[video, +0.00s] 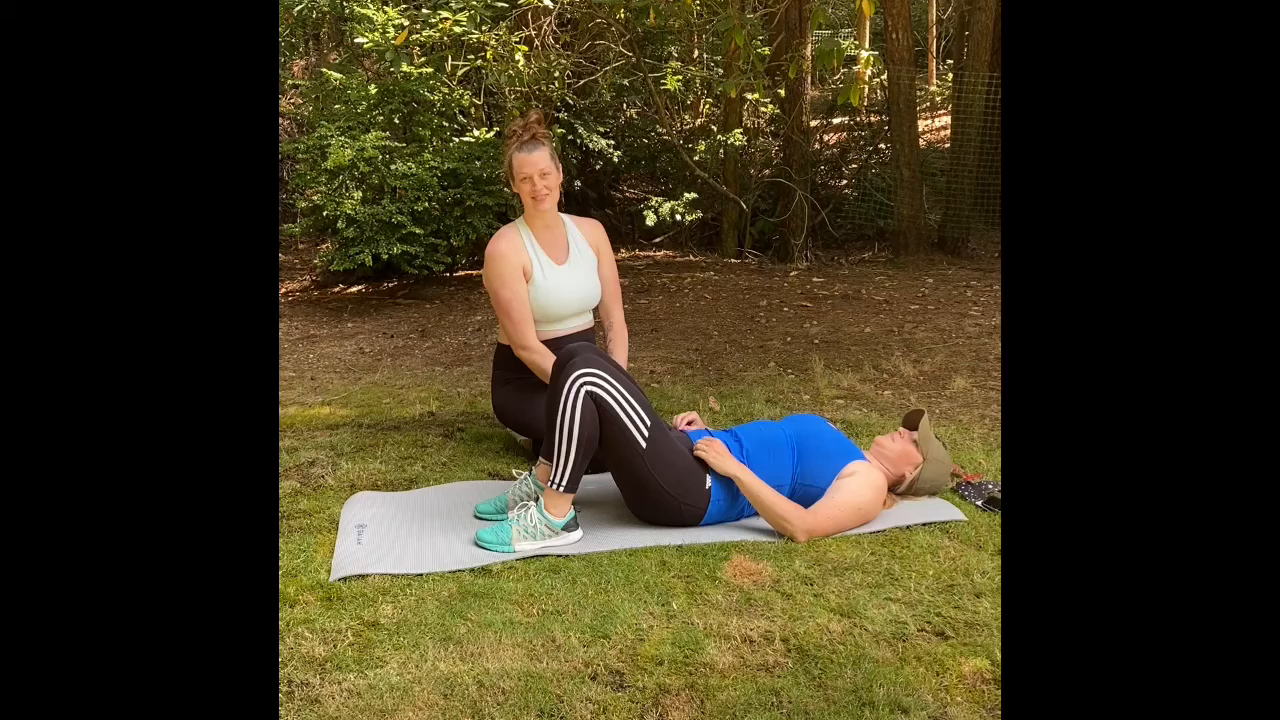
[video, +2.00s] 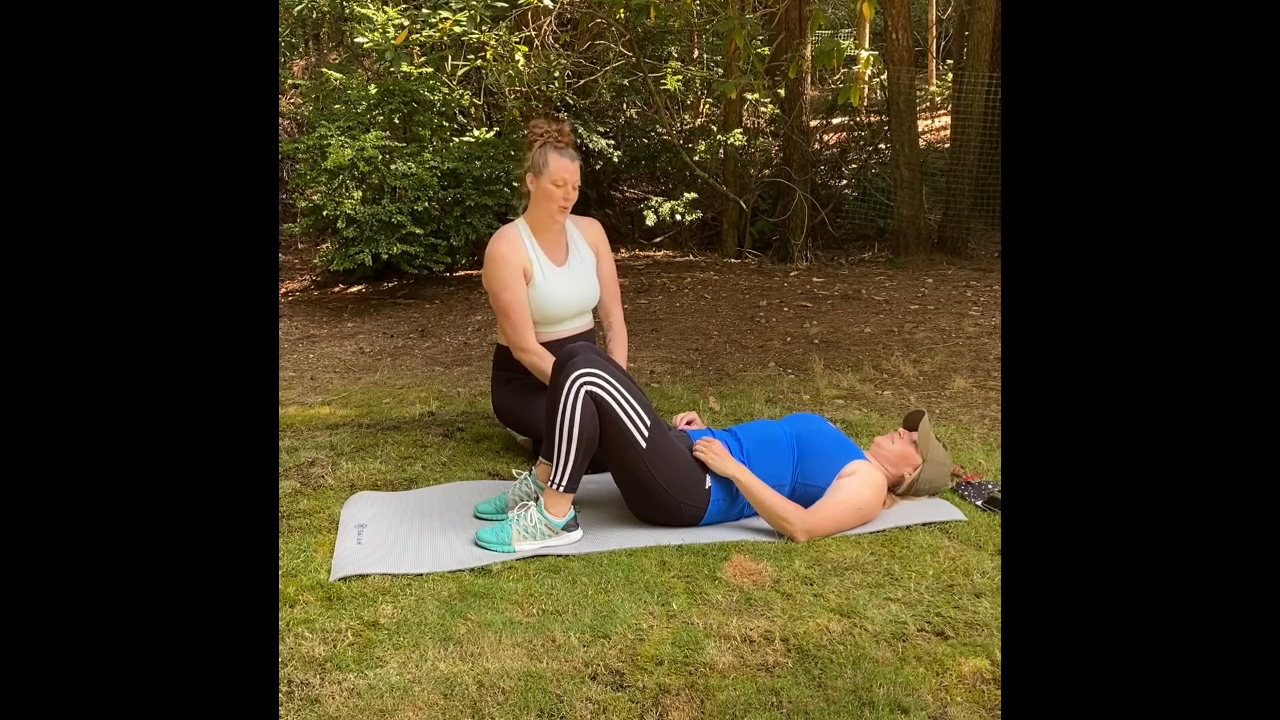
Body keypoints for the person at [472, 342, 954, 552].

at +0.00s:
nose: (897, 433)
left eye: (908, 439)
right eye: (906, 431)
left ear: (907, 470)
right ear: (895, 445)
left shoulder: (867, 483)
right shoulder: (843, 453)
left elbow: (806, 526)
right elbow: (760, 468)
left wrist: (732, 469)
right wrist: (705, 431)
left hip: (693, 490)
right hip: (681, 466)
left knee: (590, 373)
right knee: (579, 355)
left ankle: (554, 512)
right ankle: (543, 485)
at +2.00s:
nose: (897, 433)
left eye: (908, 440)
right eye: (906, 431)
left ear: (907, 471)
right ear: (896, 446)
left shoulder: (867, 483)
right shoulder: (843, 452)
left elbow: (805, 527)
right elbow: (761, 469)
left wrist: (731, 468)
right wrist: (705, 431)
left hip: (693, 489)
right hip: (682, 464)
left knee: (589, 371)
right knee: (580, 356)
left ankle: (554, 511)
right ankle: (542, 485)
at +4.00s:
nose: (897, 433)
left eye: (908, 440)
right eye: (905, 430)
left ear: (908, 471)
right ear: (895, 444)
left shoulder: (870, 483)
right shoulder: (842, 452)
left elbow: (808, 525)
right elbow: (758, 463)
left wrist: (766, 440)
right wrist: (728, 411)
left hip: (694, 484)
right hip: (680, 459)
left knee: (589, 373)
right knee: (578, 358)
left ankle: (555, 511)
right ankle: (542, 485)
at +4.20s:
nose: (899, 432)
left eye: (909, 439)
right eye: (907, 429)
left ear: (909, 470)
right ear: (897, 445)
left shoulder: (869, 482)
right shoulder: (846, 452)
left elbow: (808, 525)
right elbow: (763, 464)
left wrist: (729, 461)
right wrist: (703, 423)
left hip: (696, 479)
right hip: (686, 450)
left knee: (586, 372)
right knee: (577, 358)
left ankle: (555, 510)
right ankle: (543, 484)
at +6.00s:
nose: (897, 431)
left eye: (908, 438)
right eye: (906, 429)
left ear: (908, 468)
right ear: (898, 445)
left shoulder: (863, 476)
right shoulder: (847, 453)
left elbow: (789, 516)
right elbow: (771, 485)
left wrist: (706, 515)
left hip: (693, 480)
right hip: (681, 450)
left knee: (585, 376)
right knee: (589, 365)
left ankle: (555, 510)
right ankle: (544, 482)